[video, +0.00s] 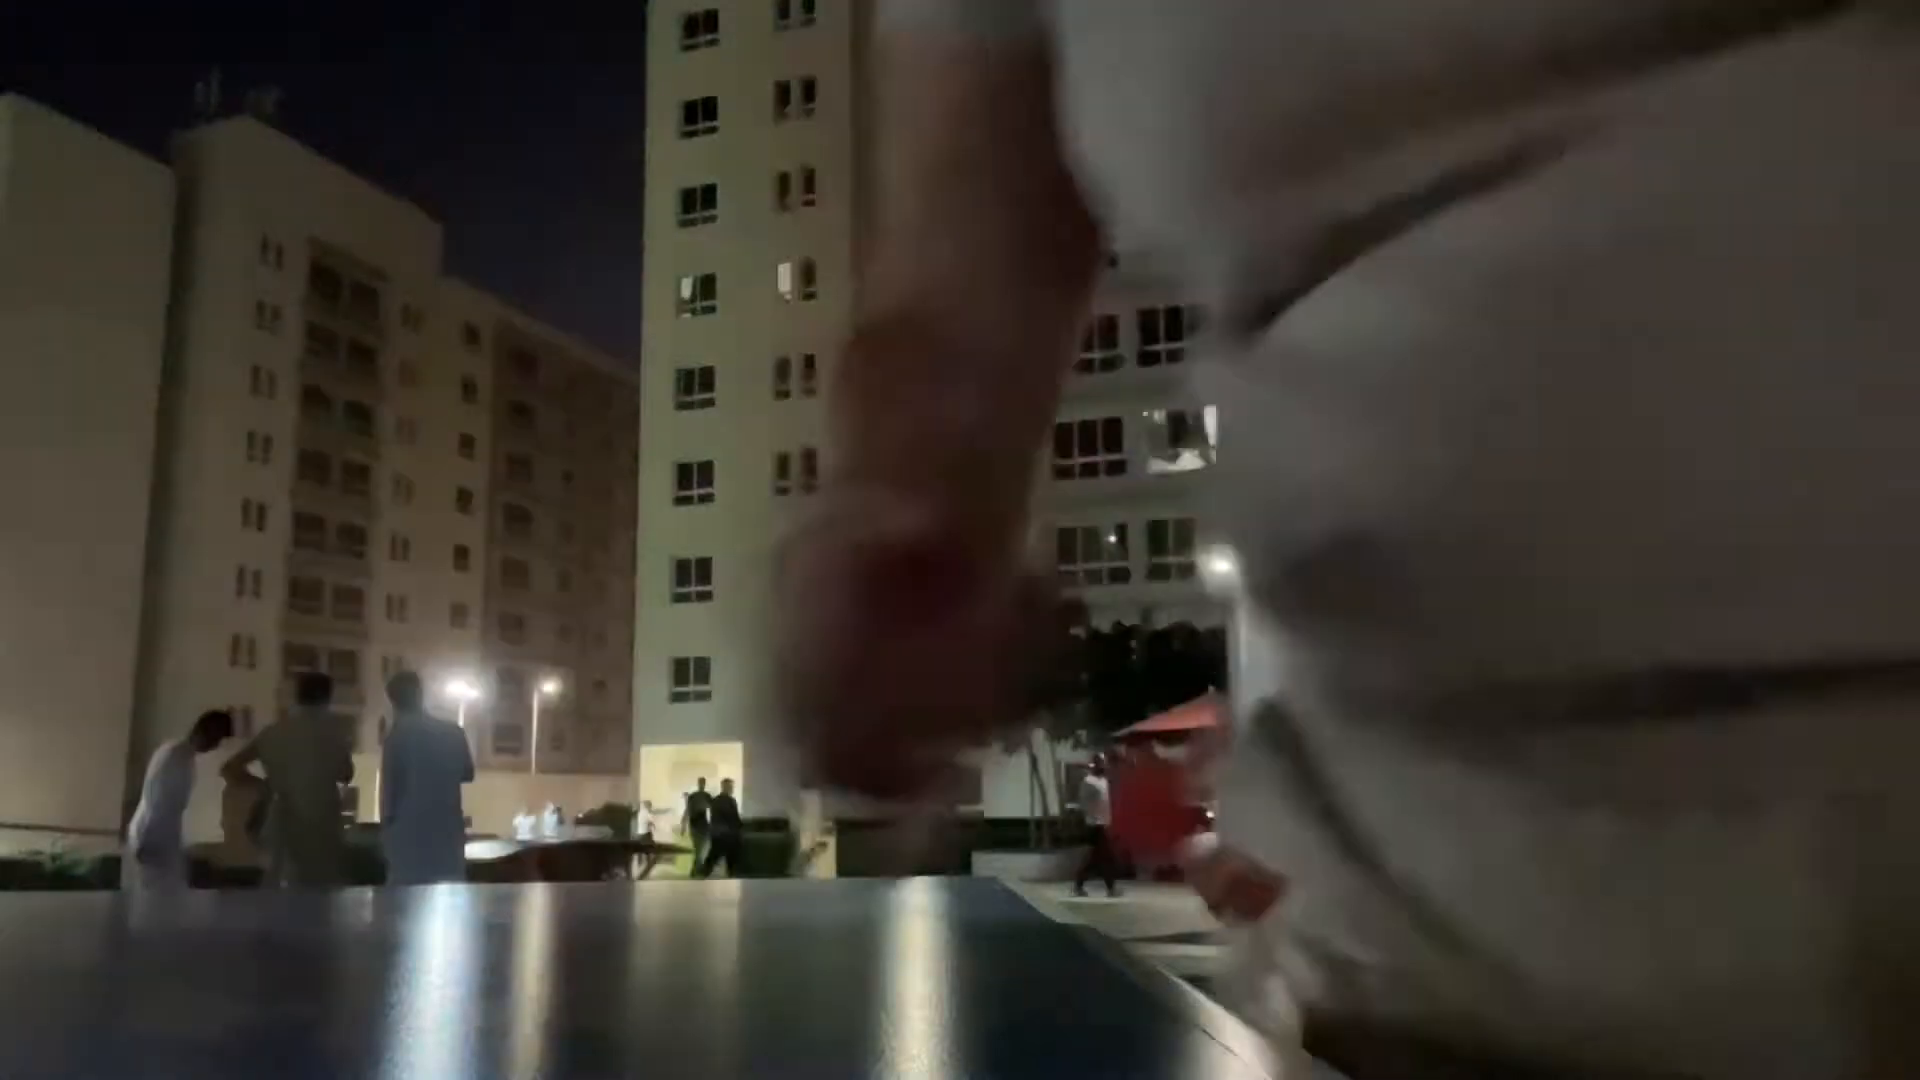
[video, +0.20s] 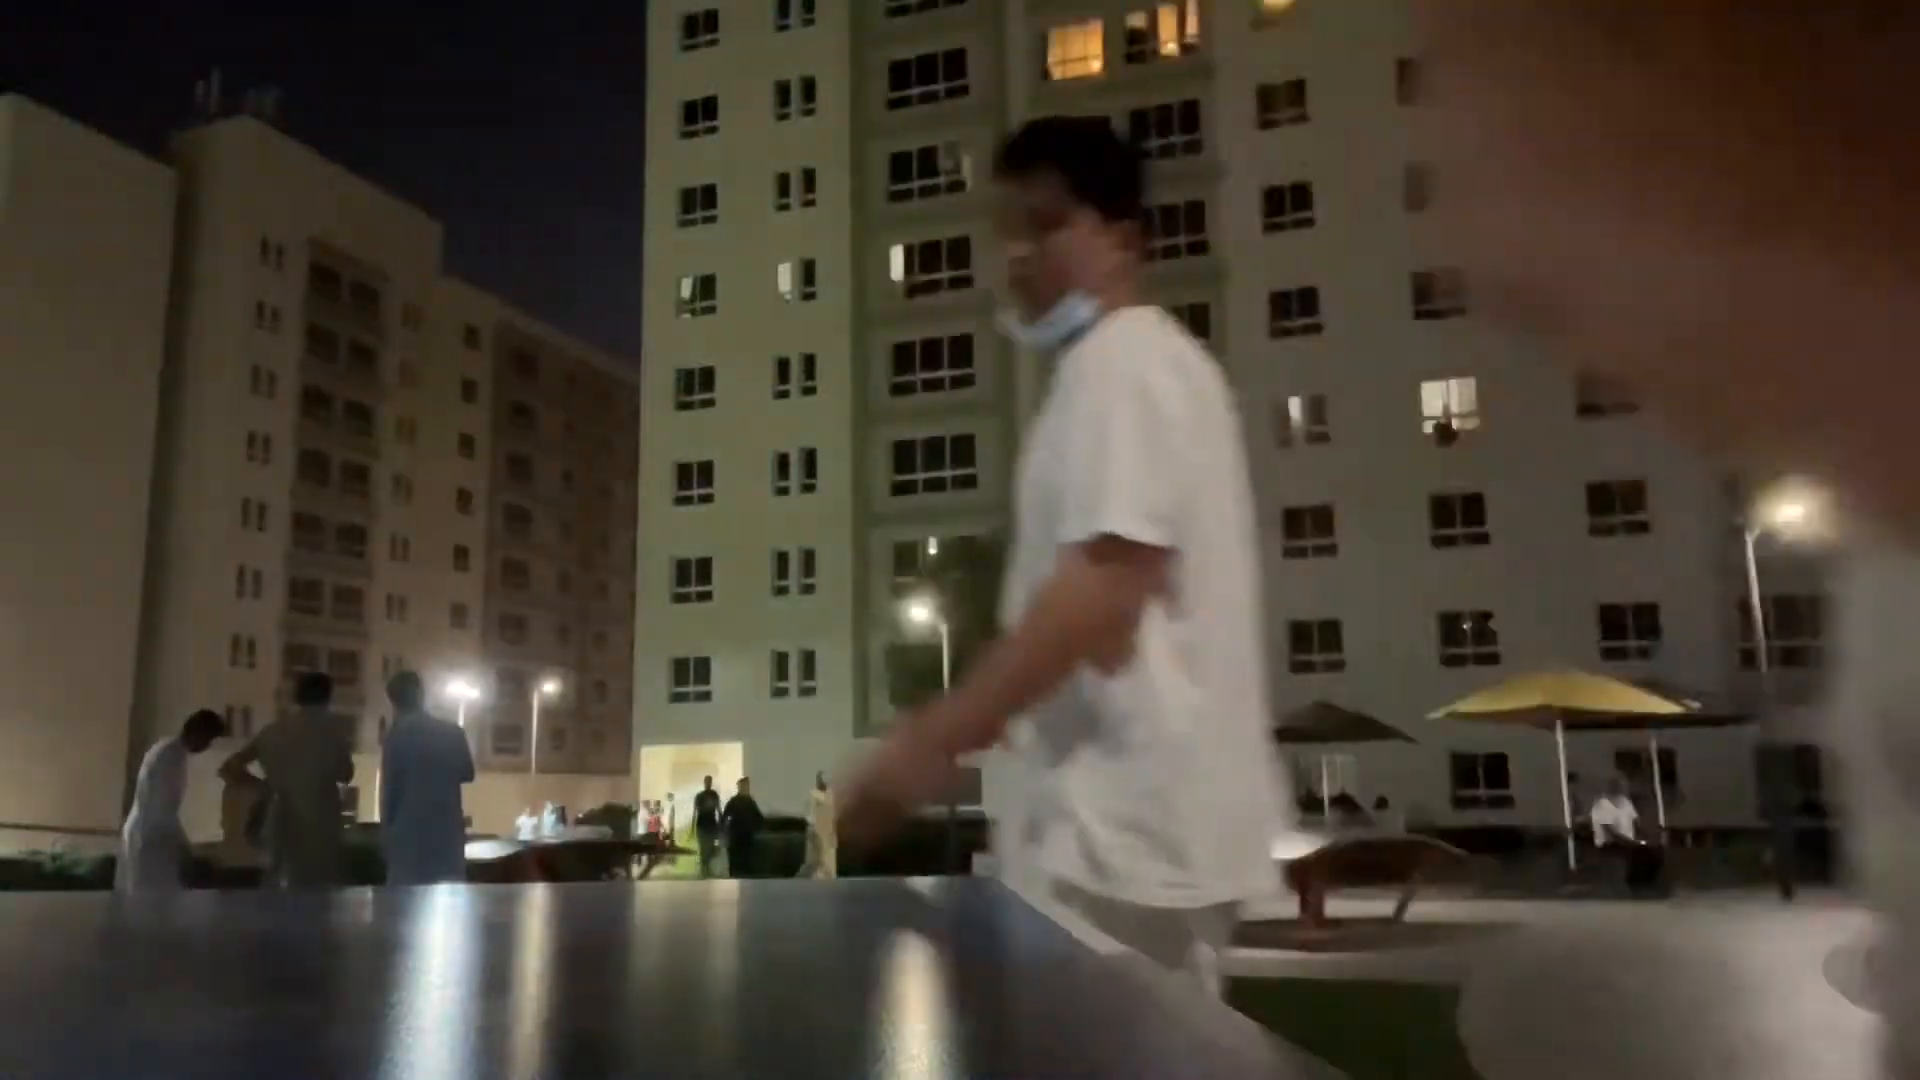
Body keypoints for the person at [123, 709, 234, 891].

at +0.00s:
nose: (215, 746)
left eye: (219, 741)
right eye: (215, 739)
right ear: (205, 732)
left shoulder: (185, 758)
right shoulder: (173, 756)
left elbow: (172, 806)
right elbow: (158, 804)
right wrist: (147, 845)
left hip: (165, 843)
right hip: (152, 843)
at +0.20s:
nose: (207, 746)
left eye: (210, 740)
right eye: (207, 739)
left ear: (190, 730)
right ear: (197, 734)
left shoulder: (172, 753)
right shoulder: (169, 755)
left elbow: (166, 812)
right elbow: (164, 814)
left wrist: (185, 852)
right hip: (149, 836)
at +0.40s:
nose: (203, 744)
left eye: (206, 738)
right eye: (203, 737)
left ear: (185, 729)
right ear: (192, 732)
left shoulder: (165, 752)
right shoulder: (167, 756)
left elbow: (161, 809)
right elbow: (159, 811)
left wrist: (167, 852)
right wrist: (168, 853)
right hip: (146, 835)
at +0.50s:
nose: (199, 742)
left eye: (203, 737)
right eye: (199, 735)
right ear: (188, 730)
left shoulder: (172, 755)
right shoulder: (164, 756)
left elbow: (162, 804)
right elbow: (155, 806)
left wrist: (163, 840)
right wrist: (158, 843)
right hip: (143, 834)